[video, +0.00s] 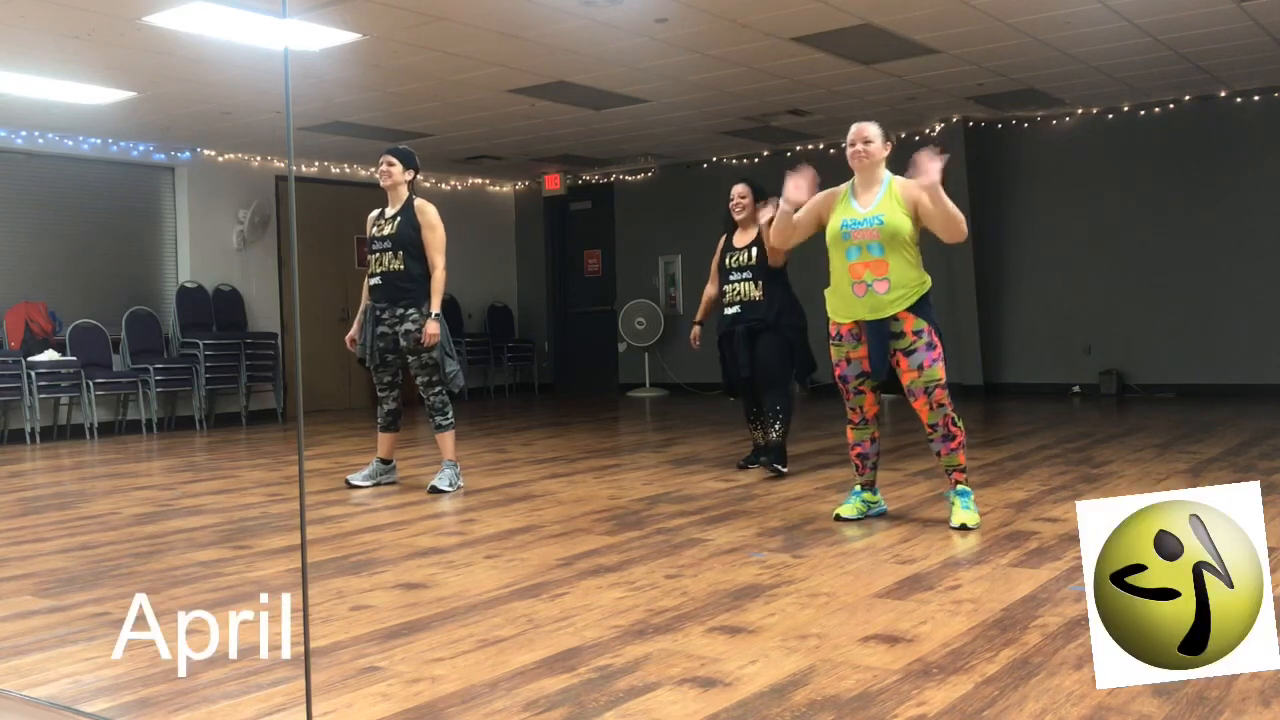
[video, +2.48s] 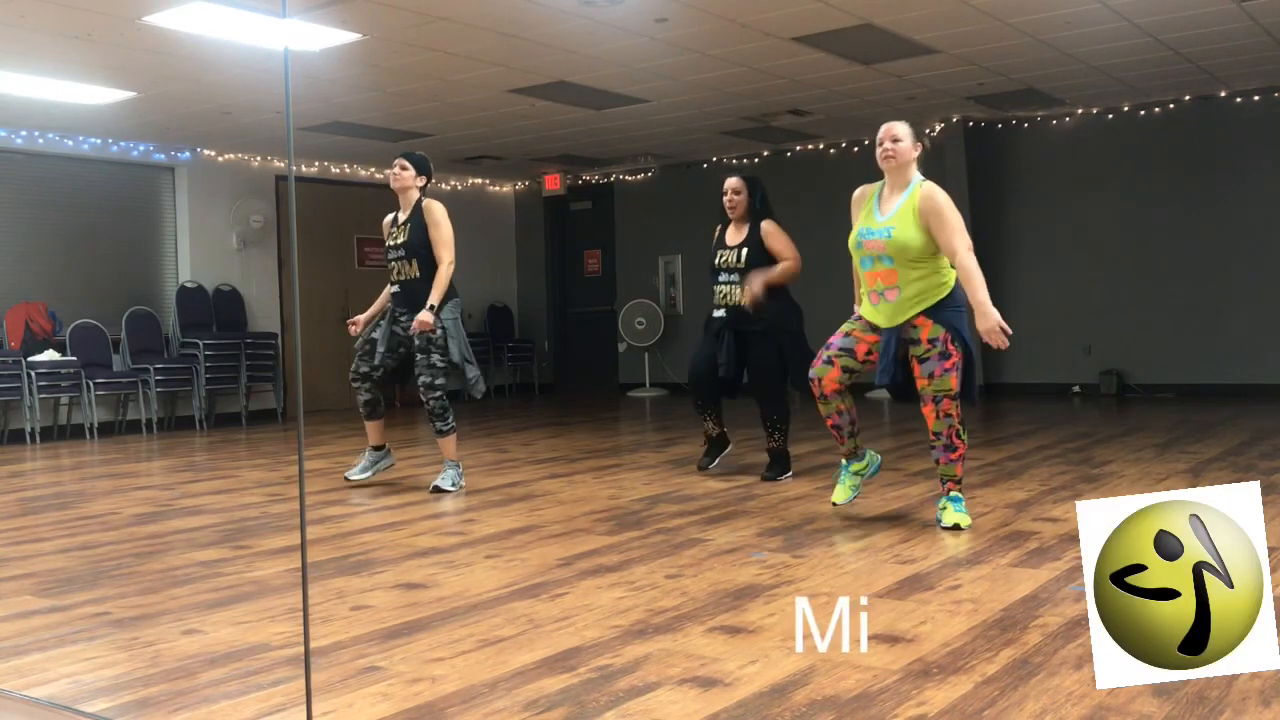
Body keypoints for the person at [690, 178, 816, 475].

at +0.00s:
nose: (736, 202)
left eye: (742, 197)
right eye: (732, 199)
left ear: (757, 201)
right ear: (728, 206)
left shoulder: (769, 232)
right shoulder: (726, 240)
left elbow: (778, 260)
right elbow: (713, 285)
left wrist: (767, 225)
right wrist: (698, 321)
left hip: (772, 322)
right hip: (737, 326)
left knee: (774, 382)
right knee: (748, 385)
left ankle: (776, 450)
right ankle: (759, 447)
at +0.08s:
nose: (737, 203)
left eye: (743, 198)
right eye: (733, 199)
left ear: (757, 202)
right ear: (729, 205)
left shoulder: (773, 232)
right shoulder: (727, 238)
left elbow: (781, 265)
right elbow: (712, 283)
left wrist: (749, 249)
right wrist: (693, 320)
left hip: (771, 324)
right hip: (736, 326)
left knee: (773, 384)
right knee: (746, 387)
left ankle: (774, 452)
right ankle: (759, 448)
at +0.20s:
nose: (738, 202)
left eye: (745, 198)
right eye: (735, 198)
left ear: (759, 203)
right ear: (731, 205)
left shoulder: (773, 235)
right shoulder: (726, 240)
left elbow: (784, 270)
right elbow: (713, 282)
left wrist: (746, 280)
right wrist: (697, 313)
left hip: (770, 327)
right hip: (736, 328)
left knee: (770, 387)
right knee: (746, 387)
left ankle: (773, 454)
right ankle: (759, 447)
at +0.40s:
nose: (741, 199)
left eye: (748, 194)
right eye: (737, 194)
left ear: (762, 200)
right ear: (733, 201)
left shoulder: (776, 235)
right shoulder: (726, 236)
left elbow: (794, 274)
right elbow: (708, 276)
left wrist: (774, 313)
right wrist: (725, 277)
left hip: (770, 328)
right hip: (736, 330)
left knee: (770, 389)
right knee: (747, 389)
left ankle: (774, 456)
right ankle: (759, 447)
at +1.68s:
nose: (724, 197)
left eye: (731, 192)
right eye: (721, 192)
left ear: (746, 197)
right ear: (716, 198)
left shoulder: (763, 233)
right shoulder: (709, 231)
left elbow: (781, 277)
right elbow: (695, 270)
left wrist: (791, 321)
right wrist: (687, 290)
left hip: (756, 330)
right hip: (715, 331)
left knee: (763, 392)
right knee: (716, 393)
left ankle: (772, 459)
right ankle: (720, 457)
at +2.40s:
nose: (725, 199)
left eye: (732, 193)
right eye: (722, 194)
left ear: (748, 197)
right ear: (718, 200)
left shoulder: (761, 228)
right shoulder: (722, 233)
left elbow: (790, 263)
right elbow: (729, 277)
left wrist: (778, 309)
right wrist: (720, 312)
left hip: (760, 326)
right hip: (724, 327)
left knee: (767, 388)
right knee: (698, 378)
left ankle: (779, 459)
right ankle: (714, 442)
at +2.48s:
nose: (729, 198)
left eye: (736, 193)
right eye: (725, 193)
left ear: (752, 197)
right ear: (722, 198)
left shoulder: (765, 228)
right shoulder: (721, 232)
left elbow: (793, 262)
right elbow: (726, 274)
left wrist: (762, 277)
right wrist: (721, 310)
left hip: (764, 326)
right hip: (725, 327)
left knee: (769, 387)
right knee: (700, 376)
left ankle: (779, 457)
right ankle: (716, 438)